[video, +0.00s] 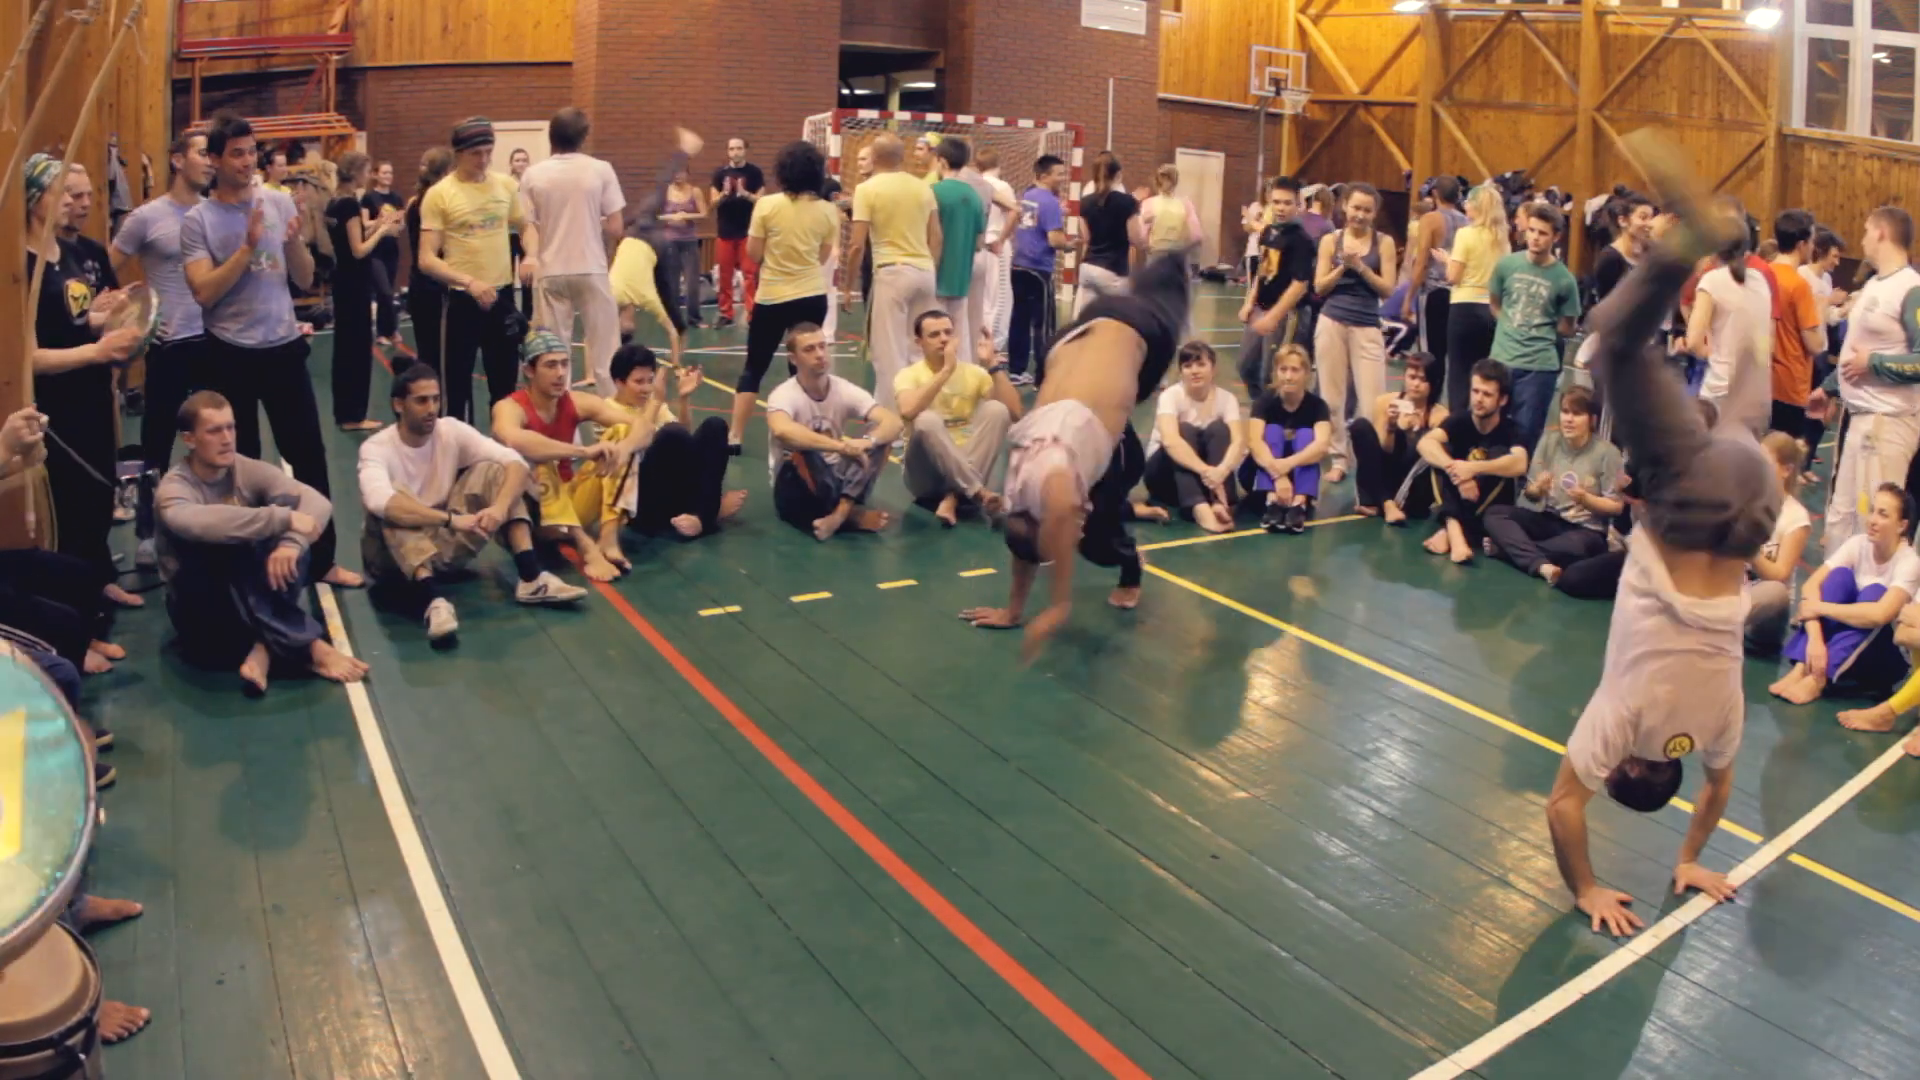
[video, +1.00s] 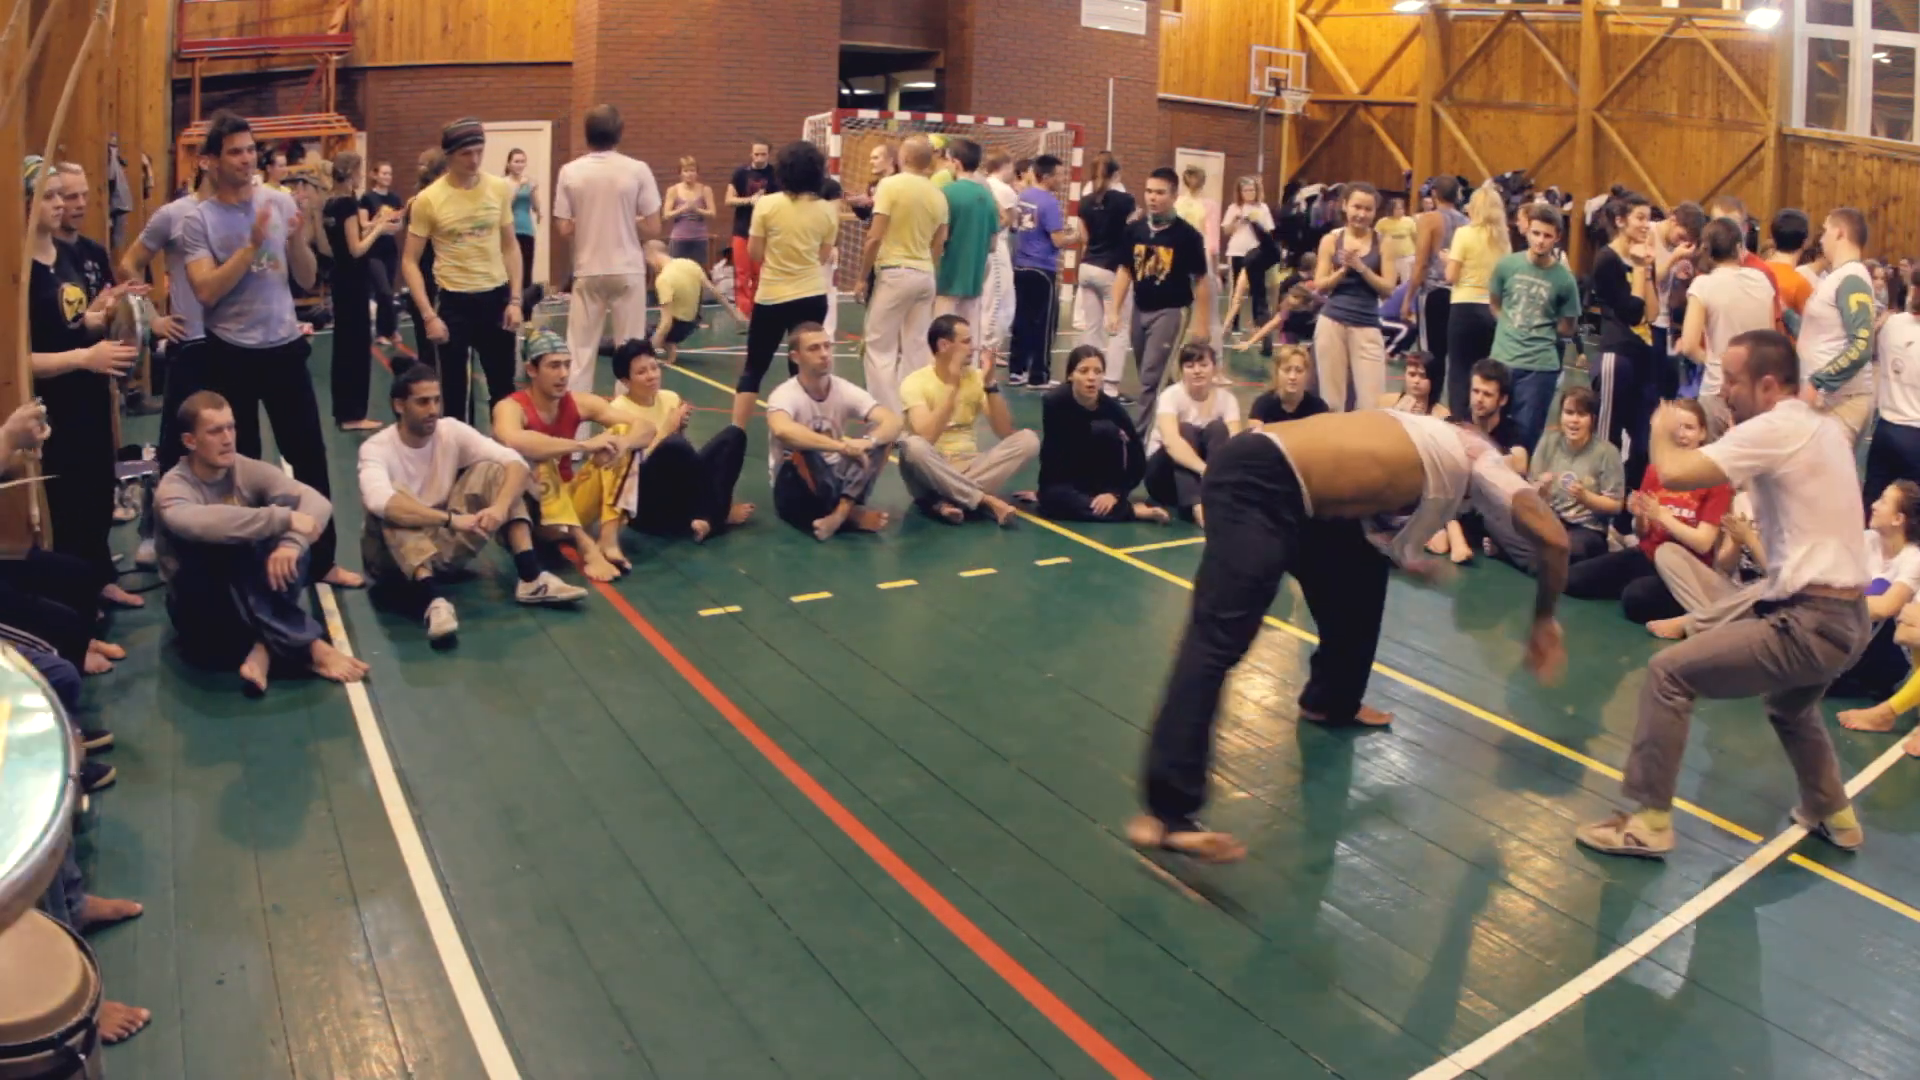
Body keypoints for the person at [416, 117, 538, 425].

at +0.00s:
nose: (483, 159)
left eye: (488, 152)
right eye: (475, 153)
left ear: (493, 151)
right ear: (458, 153)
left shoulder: (505, 186)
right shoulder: (438, 195)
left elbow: (525, 227)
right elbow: (426, 258)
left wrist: (531, 257)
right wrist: (469, 282)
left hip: (501, 297)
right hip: (459, 299)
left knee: (504, 384)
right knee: (456, 385)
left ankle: (507, 452)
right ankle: (456, 451)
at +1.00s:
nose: (473, 160)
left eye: (478, 152)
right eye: (465, 153)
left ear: (483, 152)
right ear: (448, 155)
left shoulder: (499, 189)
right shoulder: (428, 200)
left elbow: (510, 246)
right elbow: (409, 261)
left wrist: (516, 299)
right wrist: (428, 316)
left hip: (495, 300)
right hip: (453, 302)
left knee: (503, 390)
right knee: (455, 393)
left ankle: (507, 459)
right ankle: (457, 460)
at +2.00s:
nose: (497, 249)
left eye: (503, 240)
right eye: (489, 241)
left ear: (510, 237)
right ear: (474, 239)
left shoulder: (524, 263)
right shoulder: (451, 269)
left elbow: (533, 317)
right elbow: (437, 331)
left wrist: (513, 360)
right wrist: (467, 377)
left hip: (505, 348)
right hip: (460, 349)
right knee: (443, 418)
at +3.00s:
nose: (474, 311)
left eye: (479, 303)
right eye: (465, 305)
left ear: (485, 306)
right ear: (450, 309)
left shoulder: (502, 339)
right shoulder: (433, 354)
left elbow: (524, 390)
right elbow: (426, 410)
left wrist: (503, 387)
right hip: (451, 431)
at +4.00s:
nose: (482, 314)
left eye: (486, 306)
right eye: (473, 308)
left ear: (490, 308)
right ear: (457, 311)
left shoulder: (504, 339)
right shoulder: (436, 352)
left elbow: (523, 388)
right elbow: (423, 403)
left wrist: (505, 388)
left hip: (494, 423)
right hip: (450, 427)